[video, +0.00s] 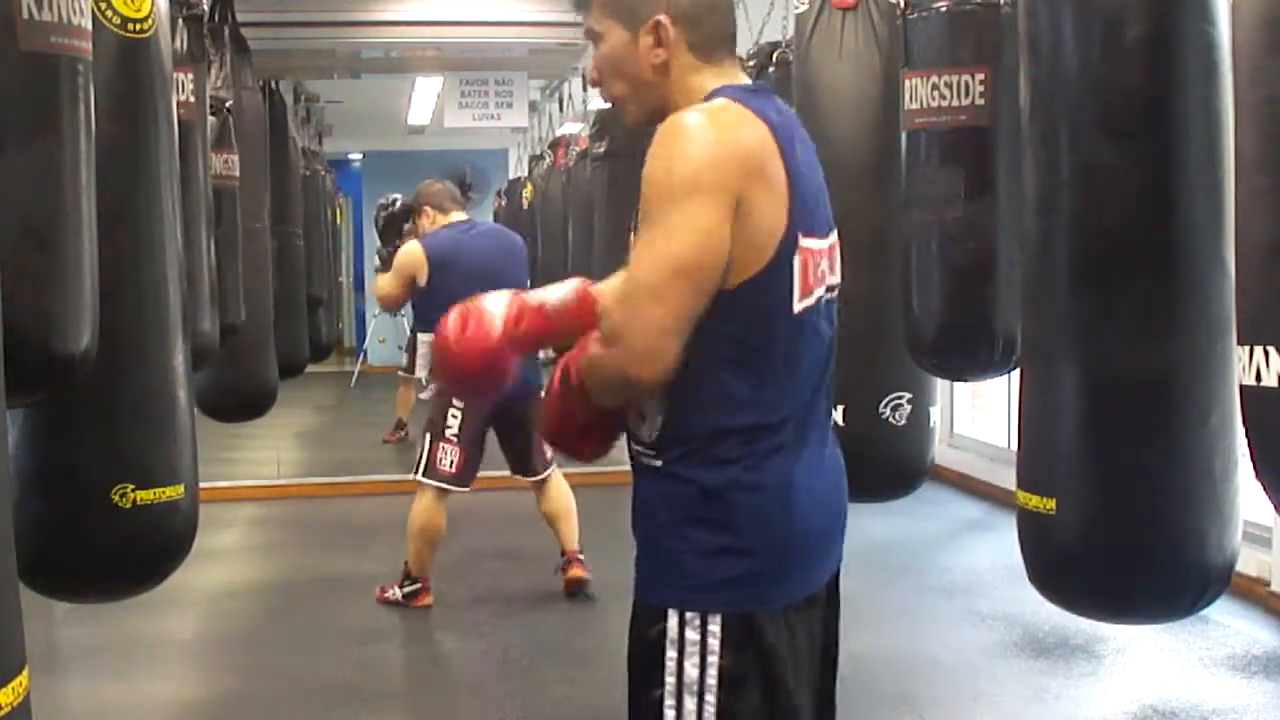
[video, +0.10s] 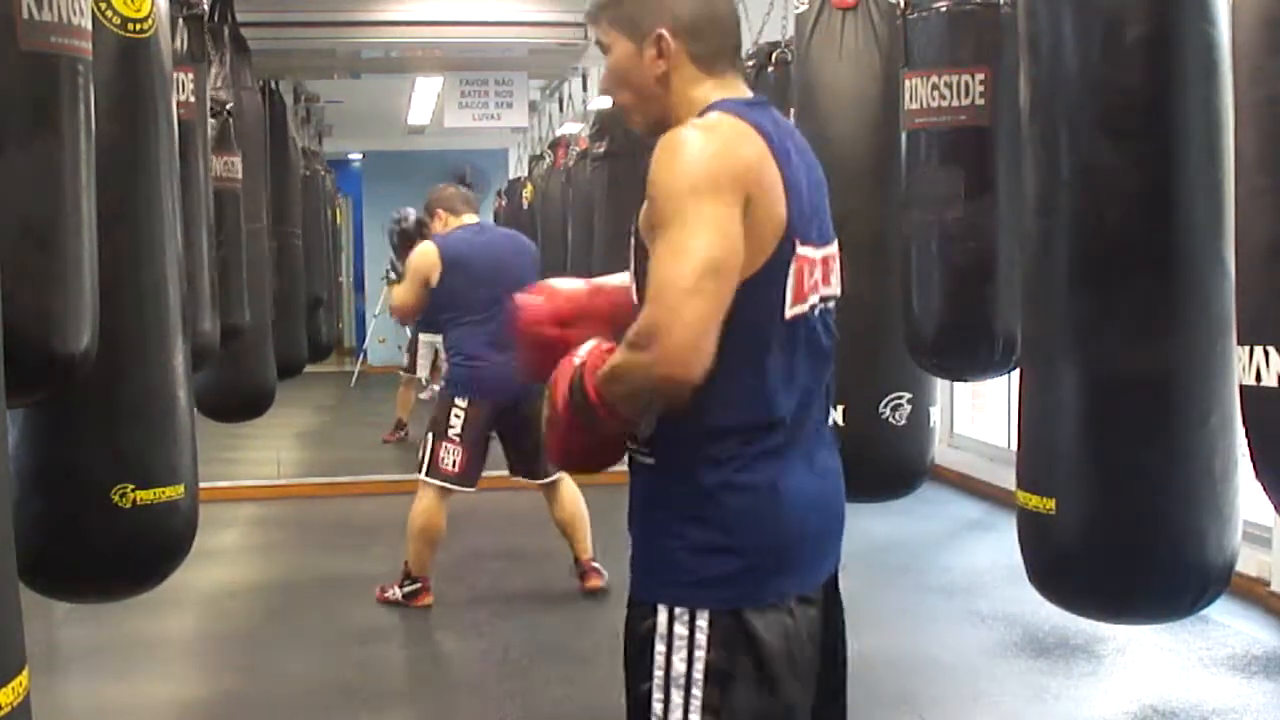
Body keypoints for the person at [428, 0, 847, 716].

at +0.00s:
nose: (590, 71)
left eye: (596, 39)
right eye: (588, 43)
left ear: (659, 39)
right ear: (661, 40)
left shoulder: (701, 135)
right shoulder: (765, 119)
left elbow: (639, 355)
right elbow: (673, 276)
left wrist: (586, 394)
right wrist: (529, 318)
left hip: (719, 528)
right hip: (790, 502)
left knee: (695, 710)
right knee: (789, 706)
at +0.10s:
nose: (604, 77)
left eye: (607, 49)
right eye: (602, 52)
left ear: (659, 49)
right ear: (665, 49)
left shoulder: (702, 147)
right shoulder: (774, 133)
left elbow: (674, 359)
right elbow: (755, 298)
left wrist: (591, 385)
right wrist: (610, 306)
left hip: (718, 528)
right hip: (793, 501)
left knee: (691, 709)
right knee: (800, 707)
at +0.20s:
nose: (612, 83)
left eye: (616, 58)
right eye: (609, 61)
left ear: (666, 60)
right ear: (689, 60)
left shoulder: (697, 153)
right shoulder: (784, 146)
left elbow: (701, 326)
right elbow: (771, 326)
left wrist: (611, 372)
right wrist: (646, 356)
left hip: (717, 527)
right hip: (795, 505)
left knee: (671, 708)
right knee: (791, 706)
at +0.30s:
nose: (615, 86)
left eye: (621, 63)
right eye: (612, 65)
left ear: (671, 63)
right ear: (701, 64)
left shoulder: (687, 149)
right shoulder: (791, 149)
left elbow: (695, 301)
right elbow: (852, 278)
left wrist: (608, 353)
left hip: (716, 510)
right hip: (810, 495)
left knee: (648, 708)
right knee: (784, 705)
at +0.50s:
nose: (598, 102)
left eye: (601, 79)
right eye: (594, 82)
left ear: (648, 78)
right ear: (679, 77)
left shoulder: (663, 159)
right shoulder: (781, 159)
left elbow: (653, 327)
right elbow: (751, 320)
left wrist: (584, 308)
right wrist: (626, 295)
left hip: (695, 487)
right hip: (802, 478)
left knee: (572, 687)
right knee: (803, 703)